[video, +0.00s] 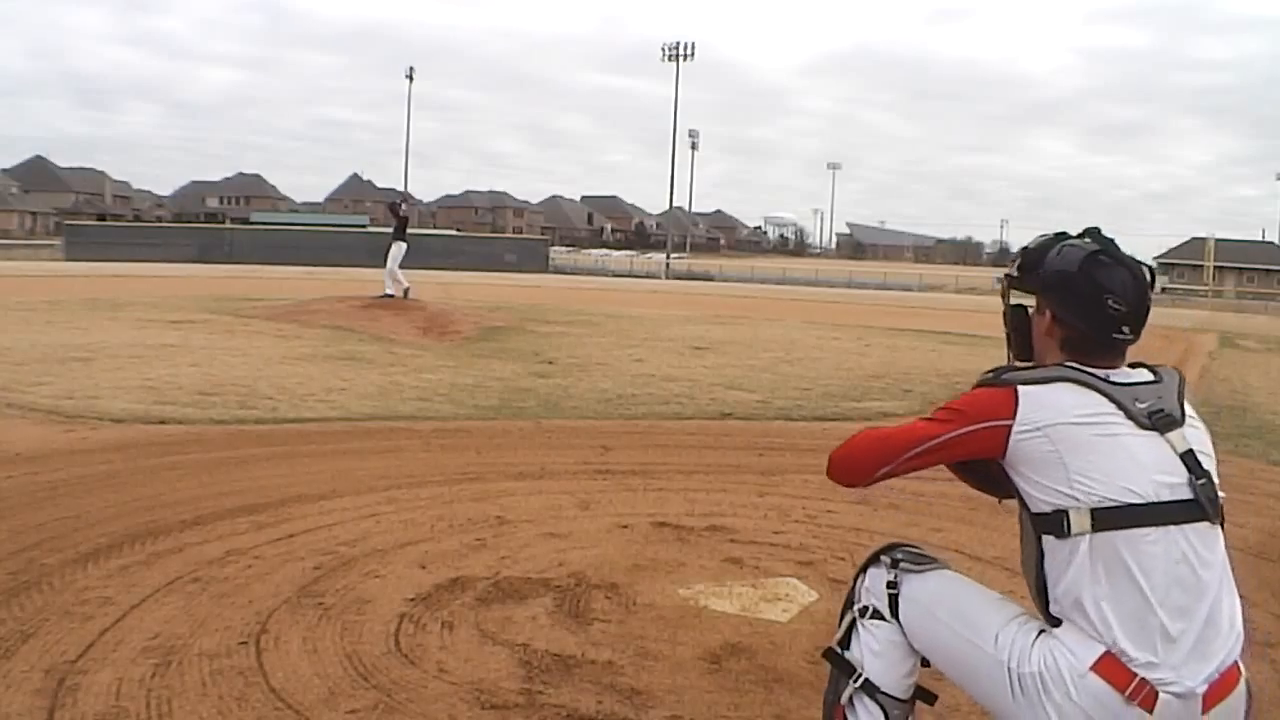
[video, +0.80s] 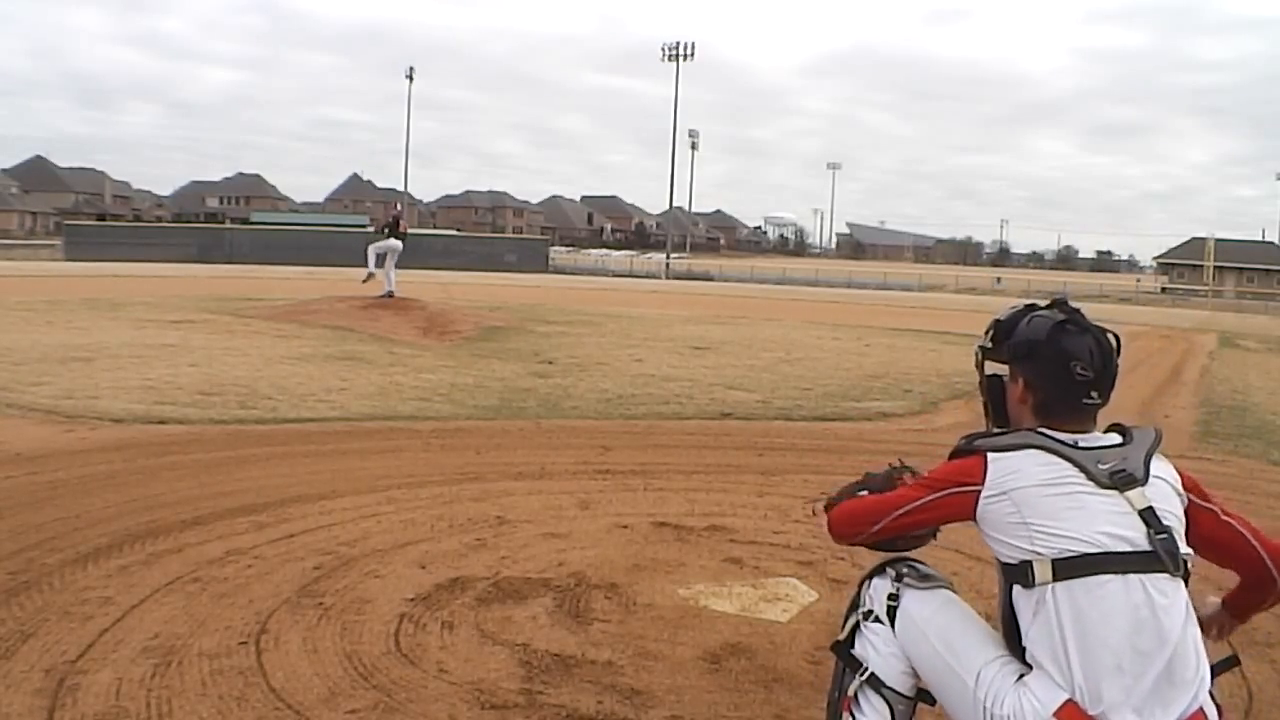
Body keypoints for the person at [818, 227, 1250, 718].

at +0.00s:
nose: (1028, 314)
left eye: (1033, 304)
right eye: (1030, 301)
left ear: (1048, 320)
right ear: (1123, 331)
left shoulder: (1019, 404)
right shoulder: (1172, 396)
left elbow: (846, 464)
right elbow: (1013, 481)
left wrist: (948, 426)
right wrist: (951, 441)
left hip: (1108, 702)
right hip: (1224, 700)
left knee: (889, 577)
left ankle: (868, 707)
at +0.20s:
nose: (1010, 323)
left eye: (1015, 313)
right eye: (1015, 310)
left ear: (1028, 328)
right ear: (1105, 334)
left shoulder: (993, 399)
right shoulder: (1152, 401)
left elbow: (828, 451)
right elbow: (1211, 506)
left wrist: (942, 429)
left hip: (1063, 700)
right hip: (1196, 697)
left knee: (865, 577)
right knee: (1209, 573)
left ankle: (856, 709)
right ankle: (1230, 706)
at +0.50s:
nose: (1008, 375)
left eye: (1011, 363)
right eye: (1010, 362)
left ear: (1026, 378)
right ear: (1100, 380)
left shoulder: (1003, 457)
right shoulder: (1153, 451)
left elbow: (832, 504)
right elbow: (1232, 535)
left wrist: (929, 486)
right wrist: (1131, 501)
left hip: (1081, 710)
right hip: (1202, 709)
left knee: (893, 583)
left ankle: (868, 707)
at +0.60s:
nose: (1007, 383)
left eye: (1011, 371)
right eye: (1009, 369)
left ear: (1028, 386)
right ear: (1104, 386)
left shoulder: (1003, 464)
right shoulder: (1158, 458)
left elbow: (833, 512)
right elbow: (1253, 538)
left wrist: (957, 523)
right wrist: (1142, 513)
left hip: (1078, 711)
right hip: (1199, 710)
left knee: (895, 585)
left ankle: (869, 709)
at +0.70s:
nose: (1005, 385)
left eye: (1009, 372)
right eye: (1007, 371)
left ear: (1026, 387)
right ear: (1100, 386)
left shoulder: (998, 465)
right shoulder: (1160, 464)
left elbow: (837, 517)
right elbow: (1262, 549)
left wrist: (927, 521)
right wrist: (1151, 550)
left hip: (1067, 712)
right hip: (1193, 711)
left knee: (893, 585)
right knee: (1058, 578)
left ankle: (869, 709)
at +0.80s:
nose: (1002, 388)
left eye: (1005, 375)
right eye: (1002, 373)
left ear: (1022, 390)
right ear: (1094, 390)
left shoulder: (994, 468)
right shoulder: (1157, 469)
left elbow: (845, 522)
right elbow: (1267, 569)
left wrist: (884, 487)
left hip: (1067, 715)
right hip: (1191, 713)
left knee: (893, 587)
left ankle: (870, 710)